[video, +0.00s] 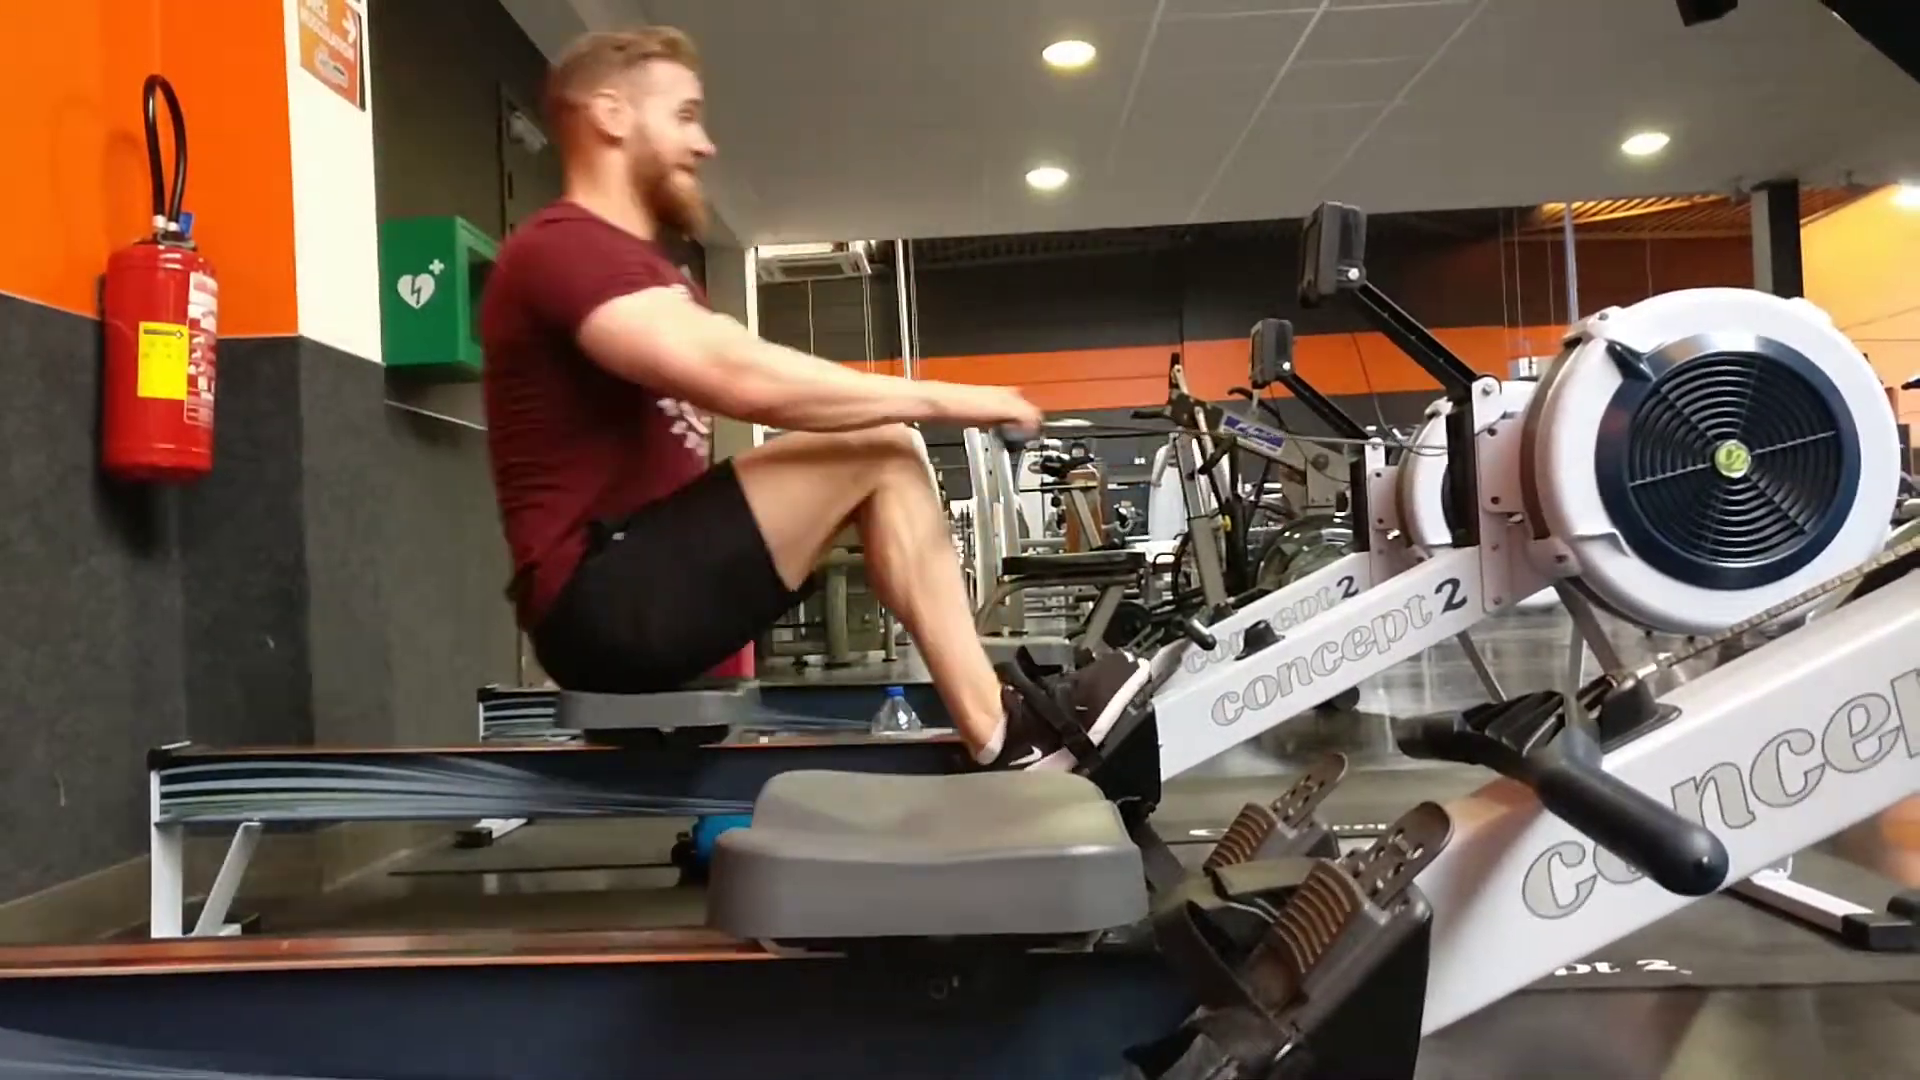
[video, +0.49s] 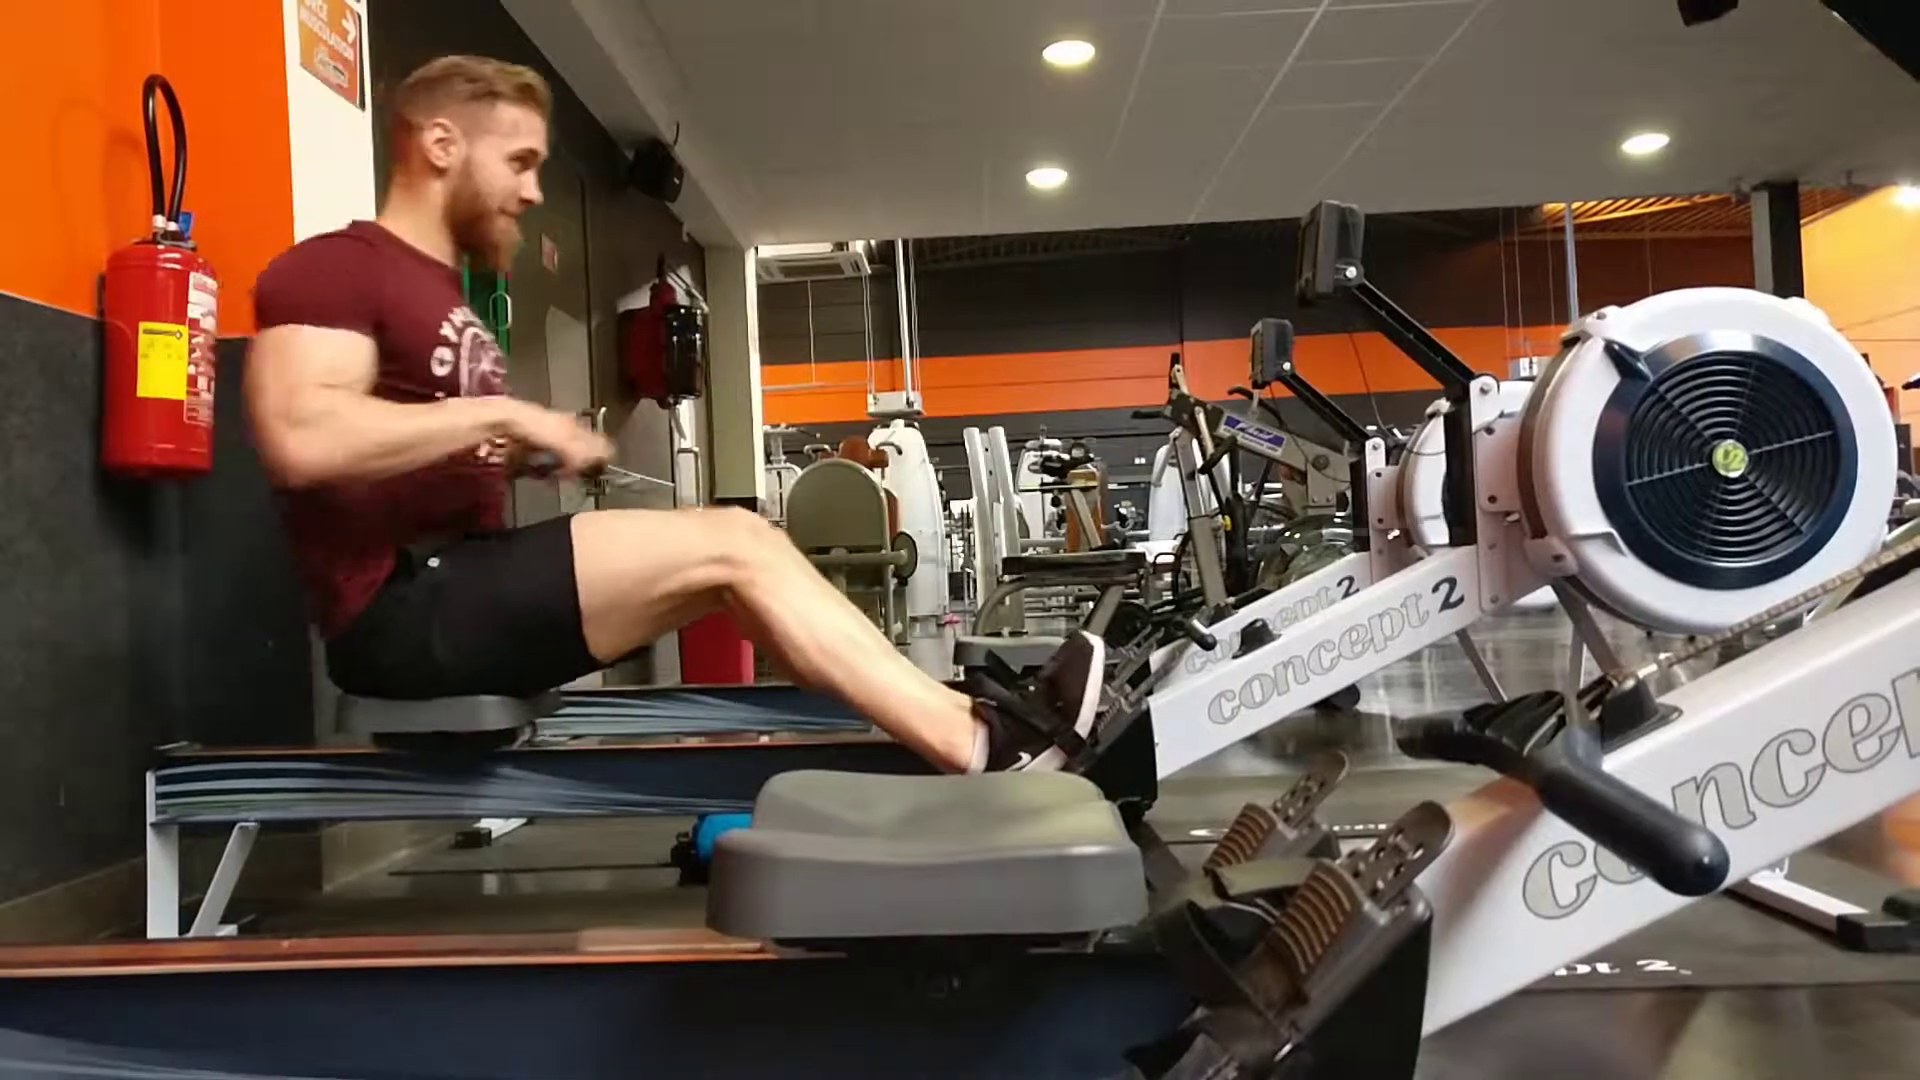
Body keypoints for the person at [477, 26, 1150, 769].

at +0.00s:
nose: (704, 144)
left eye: (700, 120)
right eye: (684, 115)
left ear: (618, 122)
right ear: (607, 119)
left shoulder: (639, 264)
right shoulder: (564, 249)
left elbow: (759, 385)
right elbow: (746, 383)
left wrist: (930, 403)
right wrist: (942, 399)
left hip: (638, 595)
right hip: (600, 603)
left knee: (887, 448)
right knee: (884, 452)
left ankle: (989, 718)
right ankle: (994, 737)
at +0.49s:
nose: (535, 192)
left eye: (539, 170)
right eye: (521, 162)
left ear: (453, 154)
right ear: (435, 142)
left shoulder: (450, 298)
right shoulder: (336, 272)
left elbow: (442, 473)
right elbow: (303, 442)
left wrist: (528, 445)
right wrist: (498, 418)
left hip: (461, 597)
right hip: (400, 615)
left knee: (746, 538)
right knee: (739, 539)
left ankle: (968, 733)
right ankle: (966, 744)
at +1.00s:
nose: (956, 187)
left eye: (960, 164)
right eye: (948, 158)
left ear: (879, 145)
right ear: (880, 139)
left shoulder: (837, 260)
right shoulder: (825, 259)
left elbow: (1033, 388)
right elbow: (1035, 405)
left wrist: (1202, 460)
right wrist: (1218, 465)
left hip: (772, 605)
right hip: (761, 615)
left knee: (1006, 416)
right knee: (995, 421)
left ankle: (994, 688)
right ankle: (984, 707)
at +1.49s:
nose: (535, 150)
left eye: (535, 129)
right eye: (516, 125)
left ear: (446, 122)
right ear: (431, 114)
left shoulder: (485, 267)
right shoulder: (402, 260)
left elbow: (614, 412)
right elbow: (571, 413)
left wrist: (786, 426)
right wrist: (787, 422)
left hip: (534, 589)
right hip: (487, 607)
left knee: (803, 485)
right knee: (798, 490)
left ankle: (986, 723)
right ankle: (991, 737)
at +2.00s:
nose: (609, 180)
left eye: (611, 159)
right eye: (593, 153)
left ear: (521, 147)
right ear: (512, 138)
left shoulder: (519, 293)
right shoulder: (444, 268)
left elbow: (608, 444)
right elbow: (547, 423)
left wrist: (746, 413)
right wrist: (755, 392)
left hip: (517, 599)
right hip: (472, 611)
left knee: (790, 498)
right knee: (784, 502)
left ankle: (977, 724)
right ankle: (972, 742)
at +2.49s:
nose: (963, 178)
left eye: (964, 153)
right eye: (953, 147)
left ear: (886, 139)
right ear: (885, 134)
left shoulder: (841, 259)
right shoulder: (837, 257)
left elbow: (1040, 408)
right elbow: (1061, 395)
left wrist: (1192, 472)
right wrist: (1241, 459)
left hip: (777, 601)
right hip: (771, 610)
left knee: (1010, 409)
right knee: (1001, 405)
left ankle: (997, 683)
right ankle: (984, 706)